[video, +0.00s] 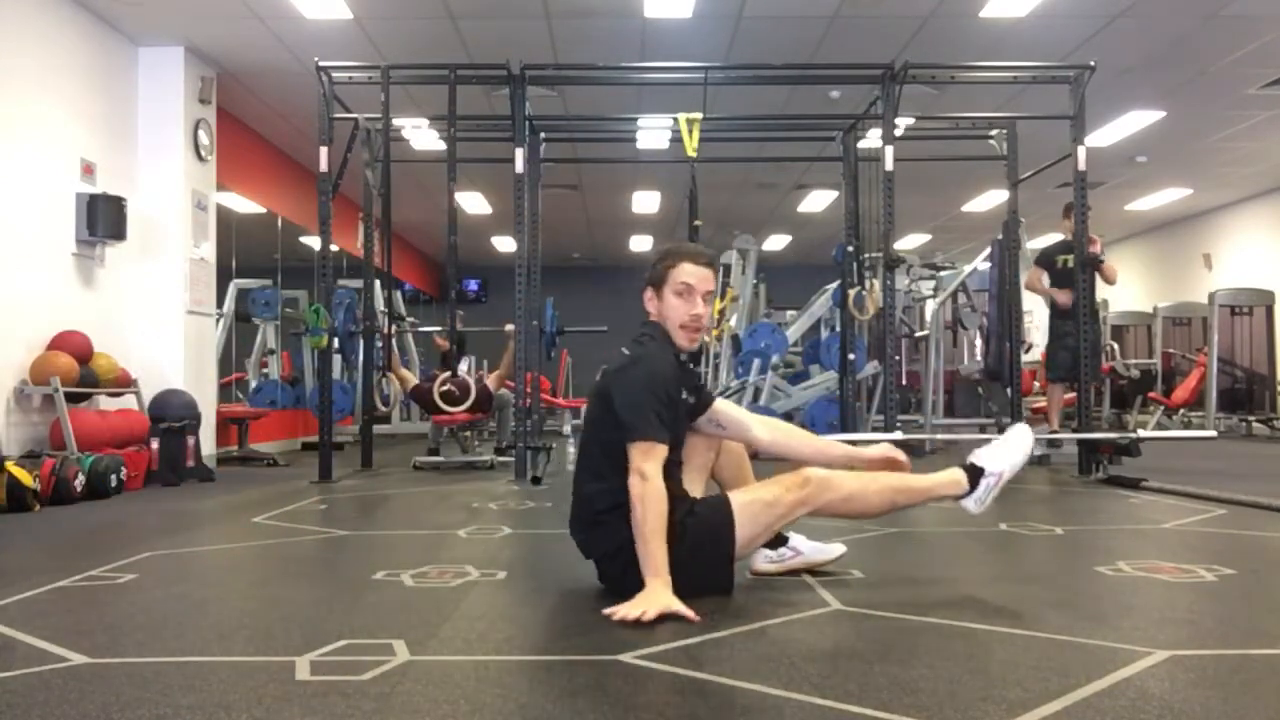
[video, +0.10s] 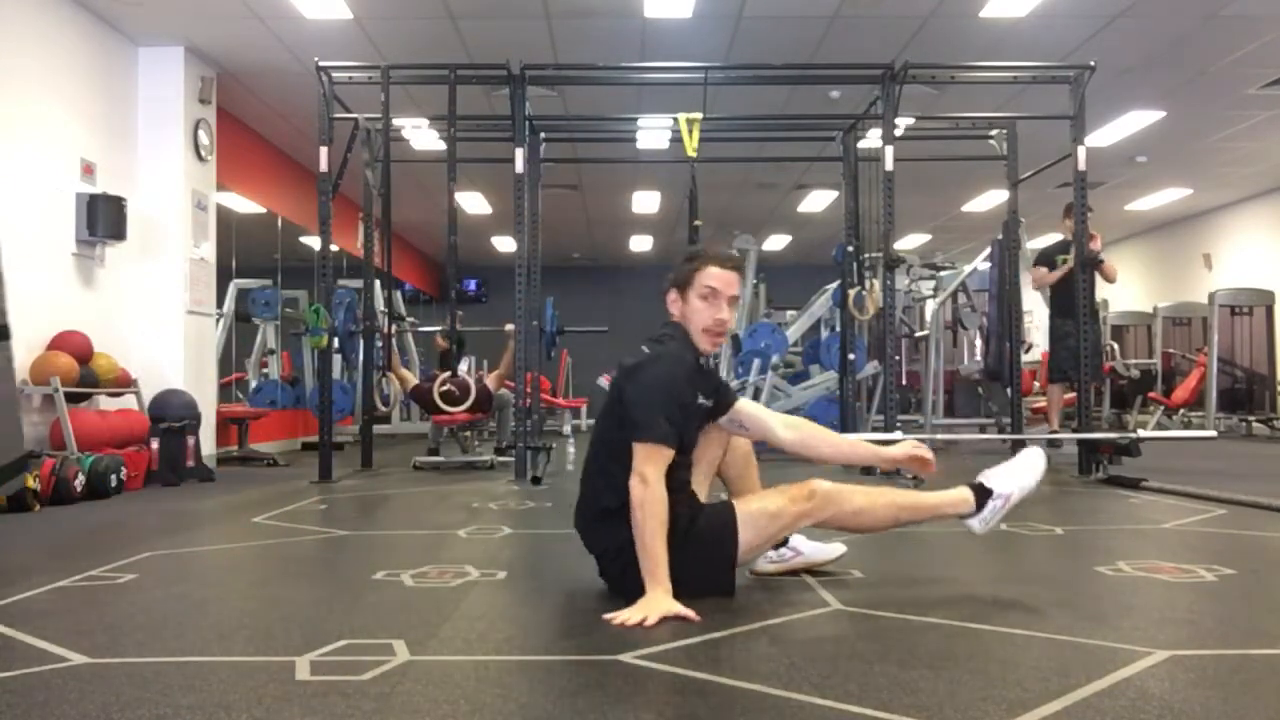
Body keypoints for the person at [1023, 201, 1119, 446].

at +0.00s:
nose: (1081, 223)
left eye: (1084, 218)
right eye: (1076, 218)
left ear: (1088, 220)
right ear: (1065, 221)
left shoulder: (1093, 249)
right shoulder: (1052, 251)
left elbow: (1112, 279)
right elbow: (1031, 281)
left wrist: (1097, 257)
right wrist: (1053, 293)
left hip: (1089, 321)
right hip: (1062, 321)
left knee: (1089, 377)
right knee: (1057, 377)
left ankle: (1087, 425)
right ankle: (1054, 428)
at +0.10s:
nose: (1081, 223)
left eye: (1085, 218)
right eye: (1076, 219)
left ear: (1089, 220)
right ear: (1065, 221)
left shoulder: (1091, 250)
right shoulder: (1051, 252)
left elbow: (1111, 277)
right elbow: (1038, 281)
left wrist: (1096, 255)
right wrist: (1068, 266)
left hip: (1089, 320)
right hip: (1062, 320)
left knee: (1089, 376)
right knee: (1058, 377)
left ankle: (1087, 424)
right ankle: (1054, 428)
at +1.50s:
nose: (1080, 223)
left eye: (1085, 217)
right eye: (1075, 217)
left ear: (1090, 222)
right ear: (1066, 220)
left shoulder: (1093, 248)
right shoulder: (1057, 245)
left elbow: (1128, 253)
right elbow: (1043, 253)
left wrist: (1106, 230)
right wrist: (1058, 229)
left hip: (1088, 318)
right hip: (1063, 317)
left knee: (1088, 376)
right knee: (1058, 376)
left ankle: (1086, 425)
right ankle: (1055, 427)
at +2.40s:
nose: (1080, 219)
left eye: (1083, 215)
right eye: (1076, 214)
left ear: (1087, 221)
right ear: (1066, 220)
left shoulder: (1092, 248)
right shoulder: (1056, 246)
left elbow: (1126, 244)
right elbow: (1040, 245)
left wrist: (1100, 221)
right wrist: (1057, 221)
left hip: (1086, 316)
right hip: (1061, 316)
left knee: (1087, 373)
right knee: (1058, 376)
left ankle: (1086, 424)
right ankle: (1054, 427)